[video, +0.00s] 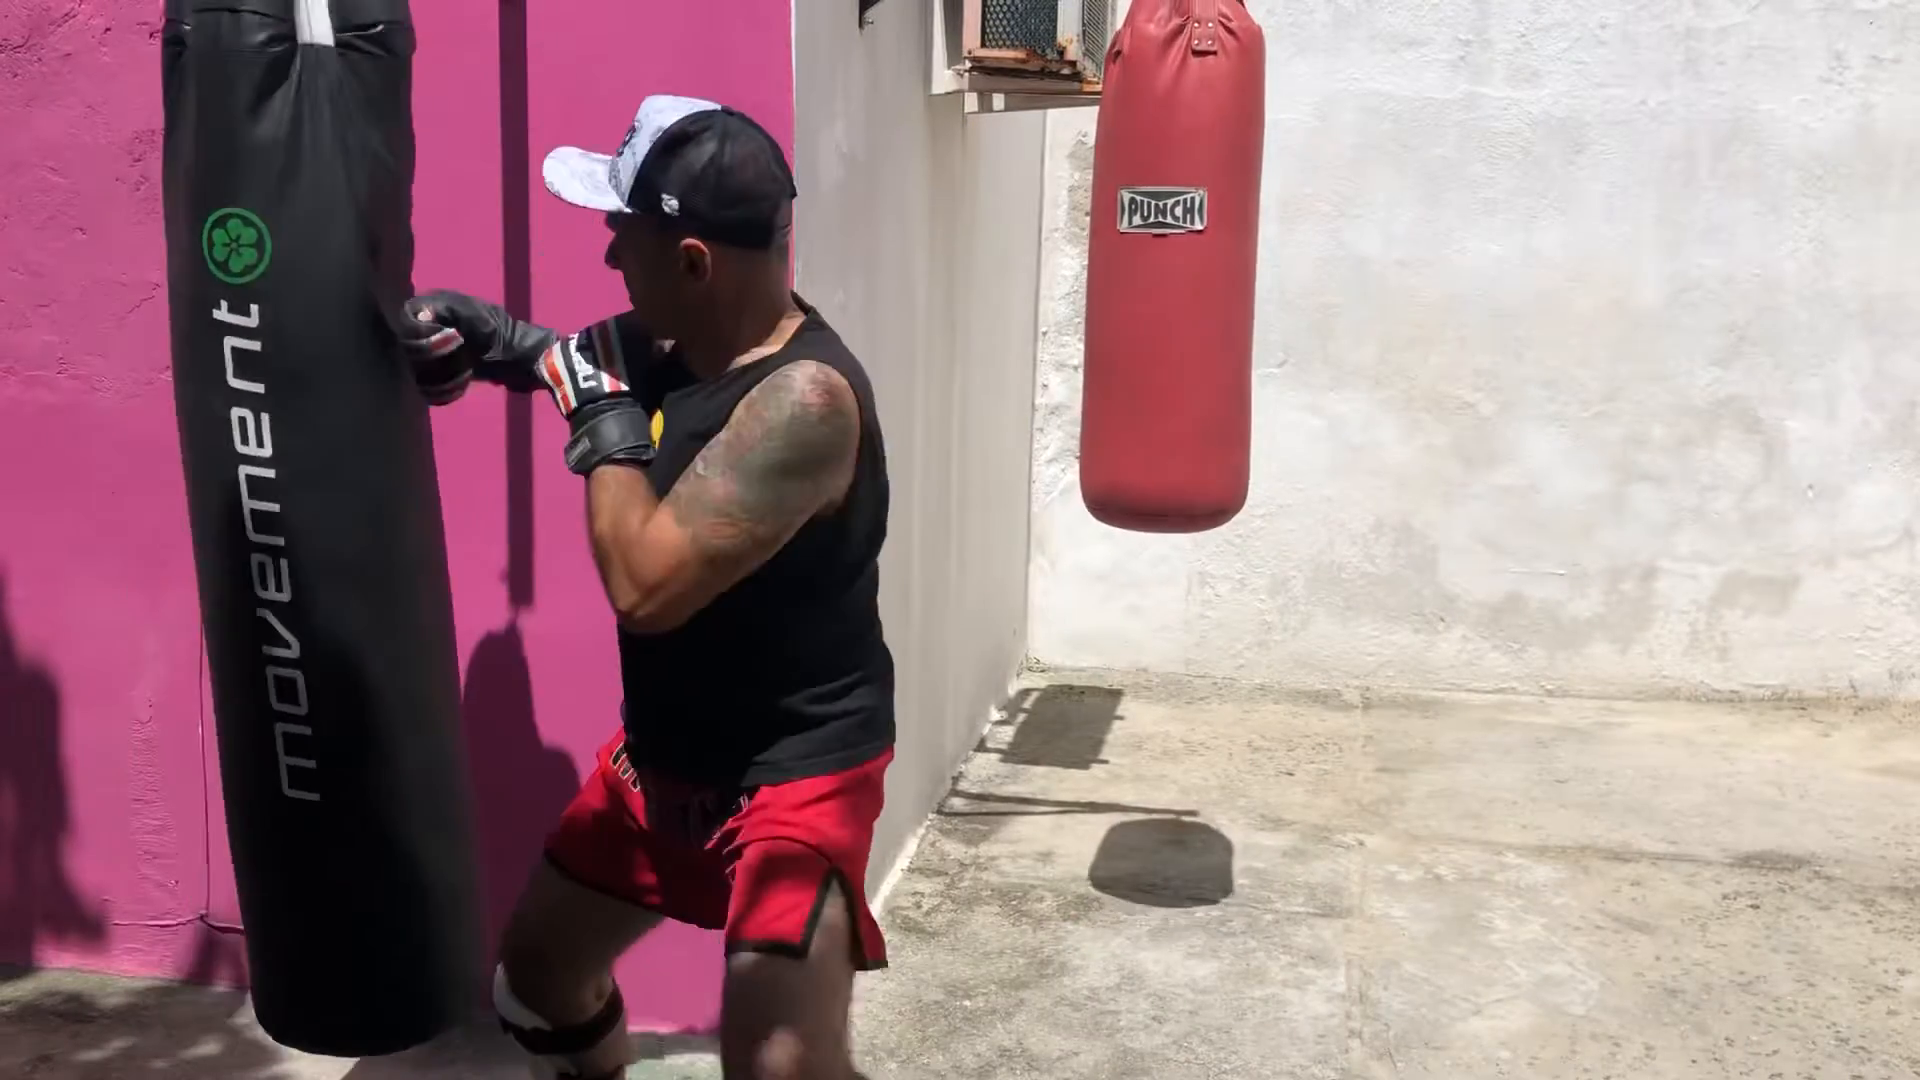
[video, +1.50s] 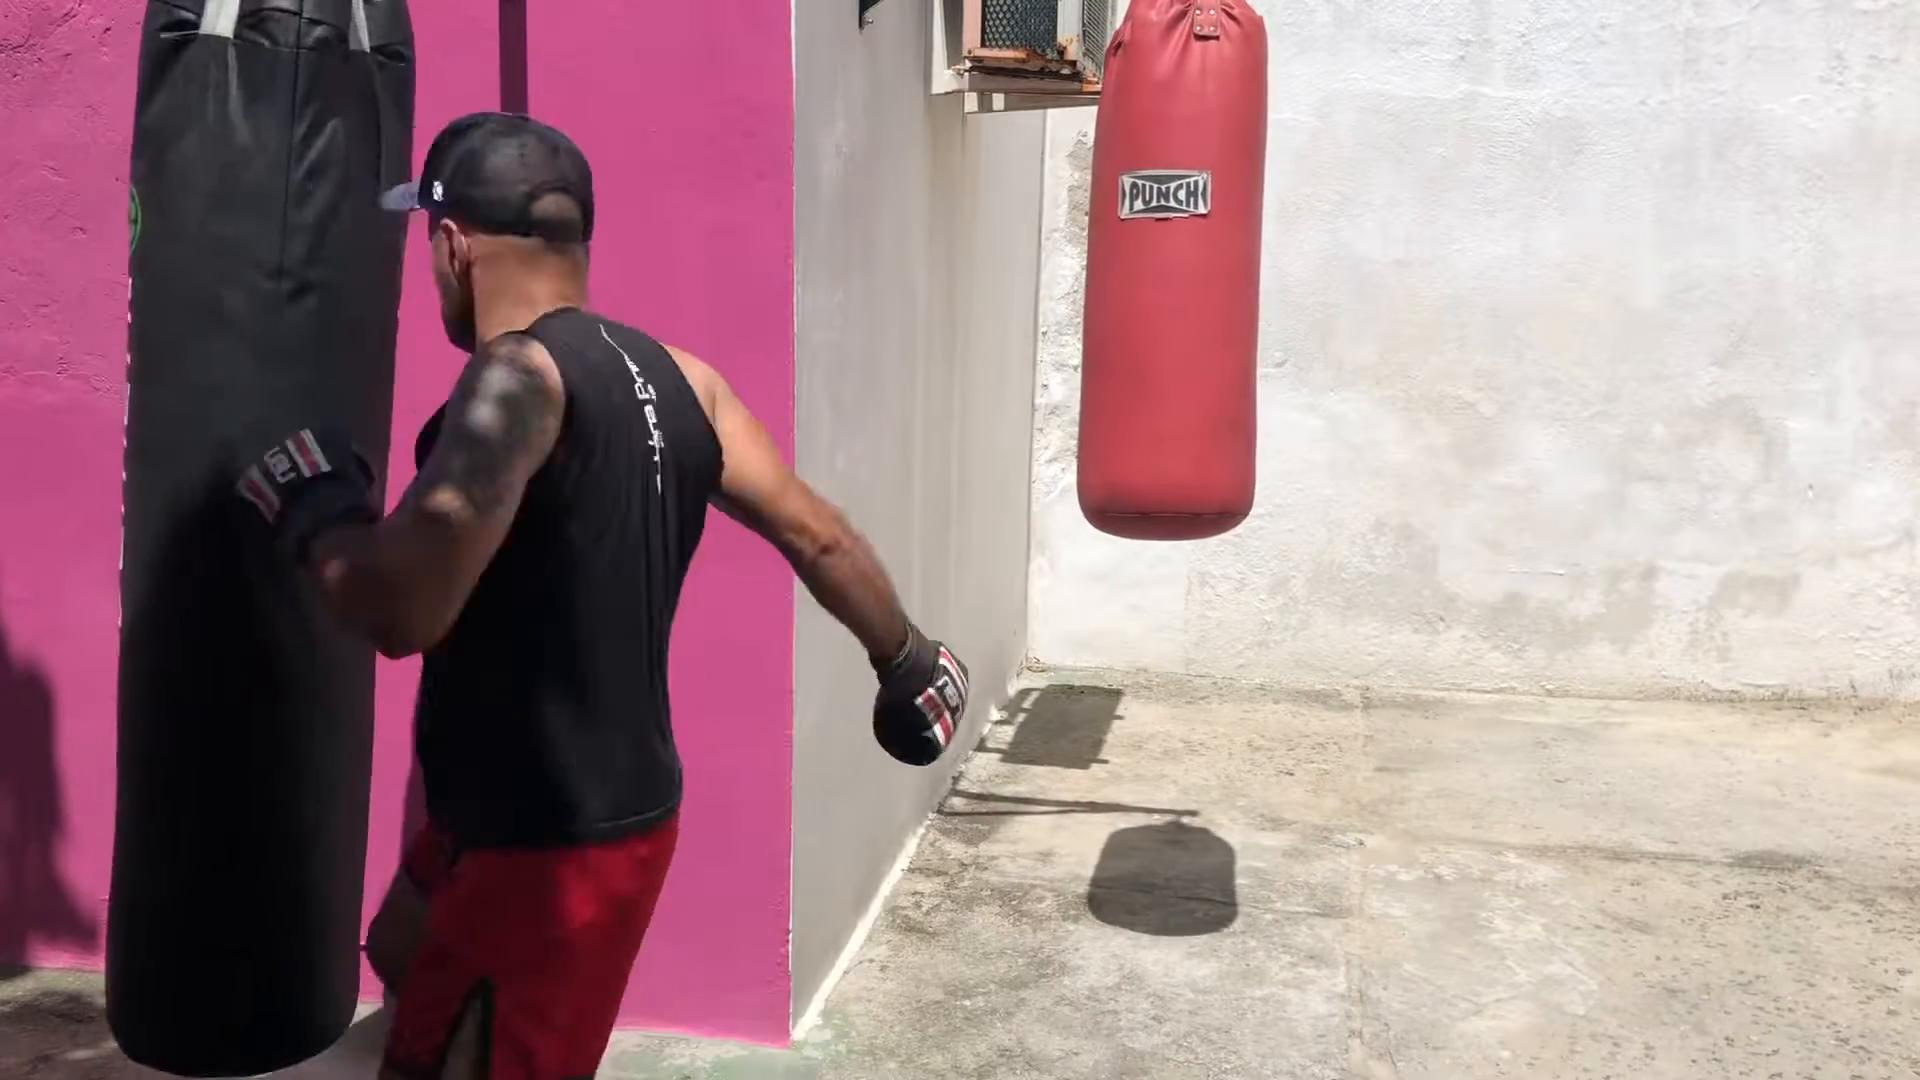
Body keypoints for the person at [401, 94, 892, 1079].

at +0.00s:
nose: (609, 247)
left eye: (623, 229)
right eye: (614, 224)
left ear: (694, 259)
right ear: (706, 257)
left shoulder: (806, 401)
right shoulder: (691, 337)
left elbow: (648, 587)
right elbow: (571, 363)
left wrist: (603, 415)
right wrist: (491, 339)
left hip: (796, 768)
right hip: (671, 747)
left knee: (781, 1061)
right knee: (542, 973)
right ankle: (596, 1064)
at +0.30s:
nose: (739, 220)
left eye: (748, 197)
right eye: (739, 196)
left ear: (808, 207)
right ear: (843, 202)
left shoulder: (908, 344)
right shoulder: (918, 298)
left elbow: (817, 589)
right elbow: (1007, 457)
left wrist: (676, 464)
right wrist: (818, 454)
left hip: (943, 760)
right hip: (853, 733)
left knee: (946, 1054)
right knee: (777, 913)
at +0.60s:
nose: (749, 223)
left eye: (758, 199)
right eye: (748, 200)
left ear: (823, 211)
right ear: (859, 196)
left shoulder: (891, 336)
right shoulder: (977, 269)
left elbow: (875, 565)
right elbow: (900, 462)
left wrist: (702, 470)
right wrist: (774, 373)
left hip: (930, 715)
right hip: (1032, 689)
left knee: (730, 989)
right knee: (1037, 979)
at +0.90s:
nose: (635, 208)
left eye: (645, 193)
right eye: (639, 190)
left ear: (696, 215)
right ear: (779, 193)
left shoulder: (651, 345)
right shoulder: (910, 326)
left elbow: (481, 451)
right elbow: (1013, 526)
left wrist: (362, 344)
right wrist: (1073, 637)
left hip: (694, 740)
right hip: (863, 728)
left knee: (531, 998)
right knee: (947, 938)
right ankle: (1067, 1074)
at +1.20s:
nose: (388, 245)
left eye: (384, 224)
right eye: (378, 224)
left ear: (417, 230)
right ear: (507, 155)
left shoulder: (507, 362)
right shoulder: (636, 230)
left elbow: (435, 536)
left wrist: (429, 349)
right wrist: (456, 304)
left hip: (630, 714)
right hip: (723, 659)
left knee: (473, 1026)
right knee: (630, 966)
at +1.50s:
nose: (429, 263)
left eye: (430, 234)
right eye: (429, 235)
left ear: (458, 240)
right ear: (575, 239)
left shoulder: (515, 377)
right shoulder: (681, 380)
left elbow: (405, 608)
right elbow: (817, 535)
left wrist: (324, 515)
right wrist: (907, 660)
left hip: (524, 843)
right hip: (625, 825)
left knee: (465, 1057)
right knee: (405, 955)